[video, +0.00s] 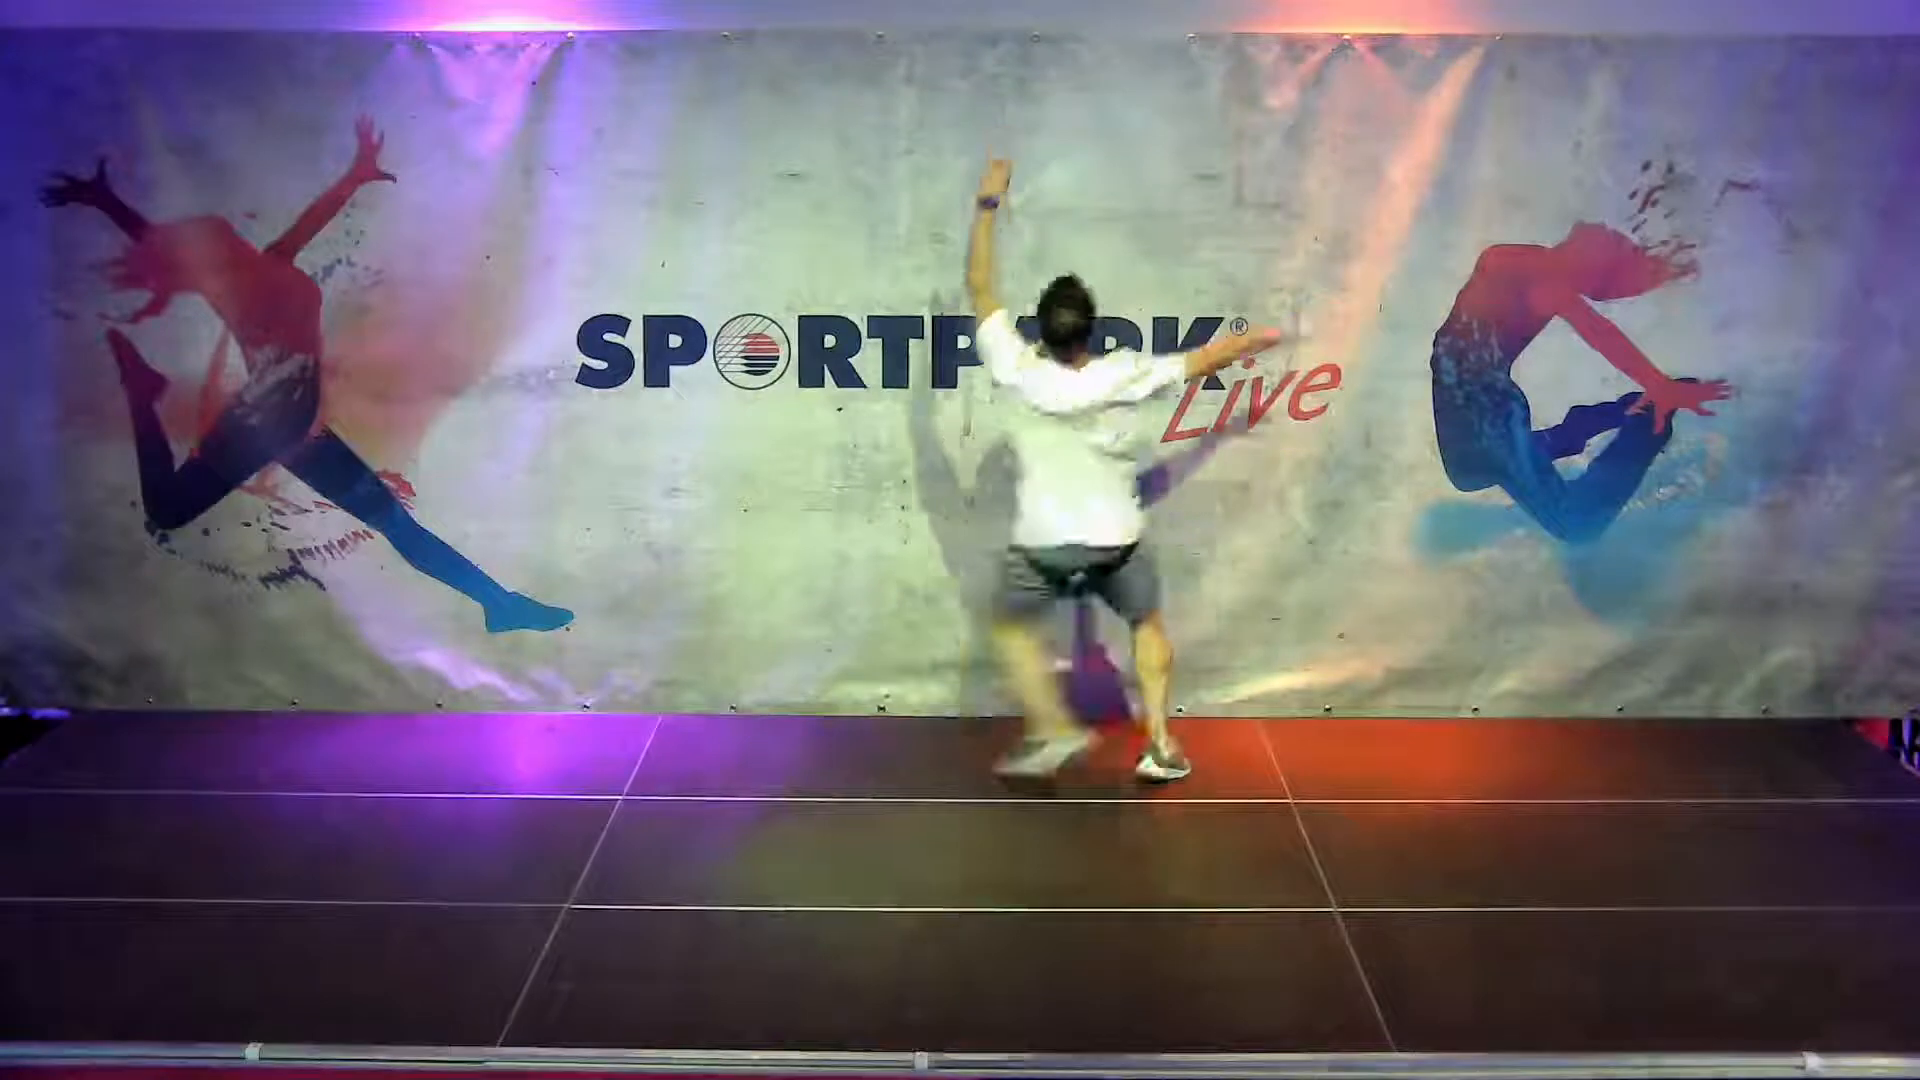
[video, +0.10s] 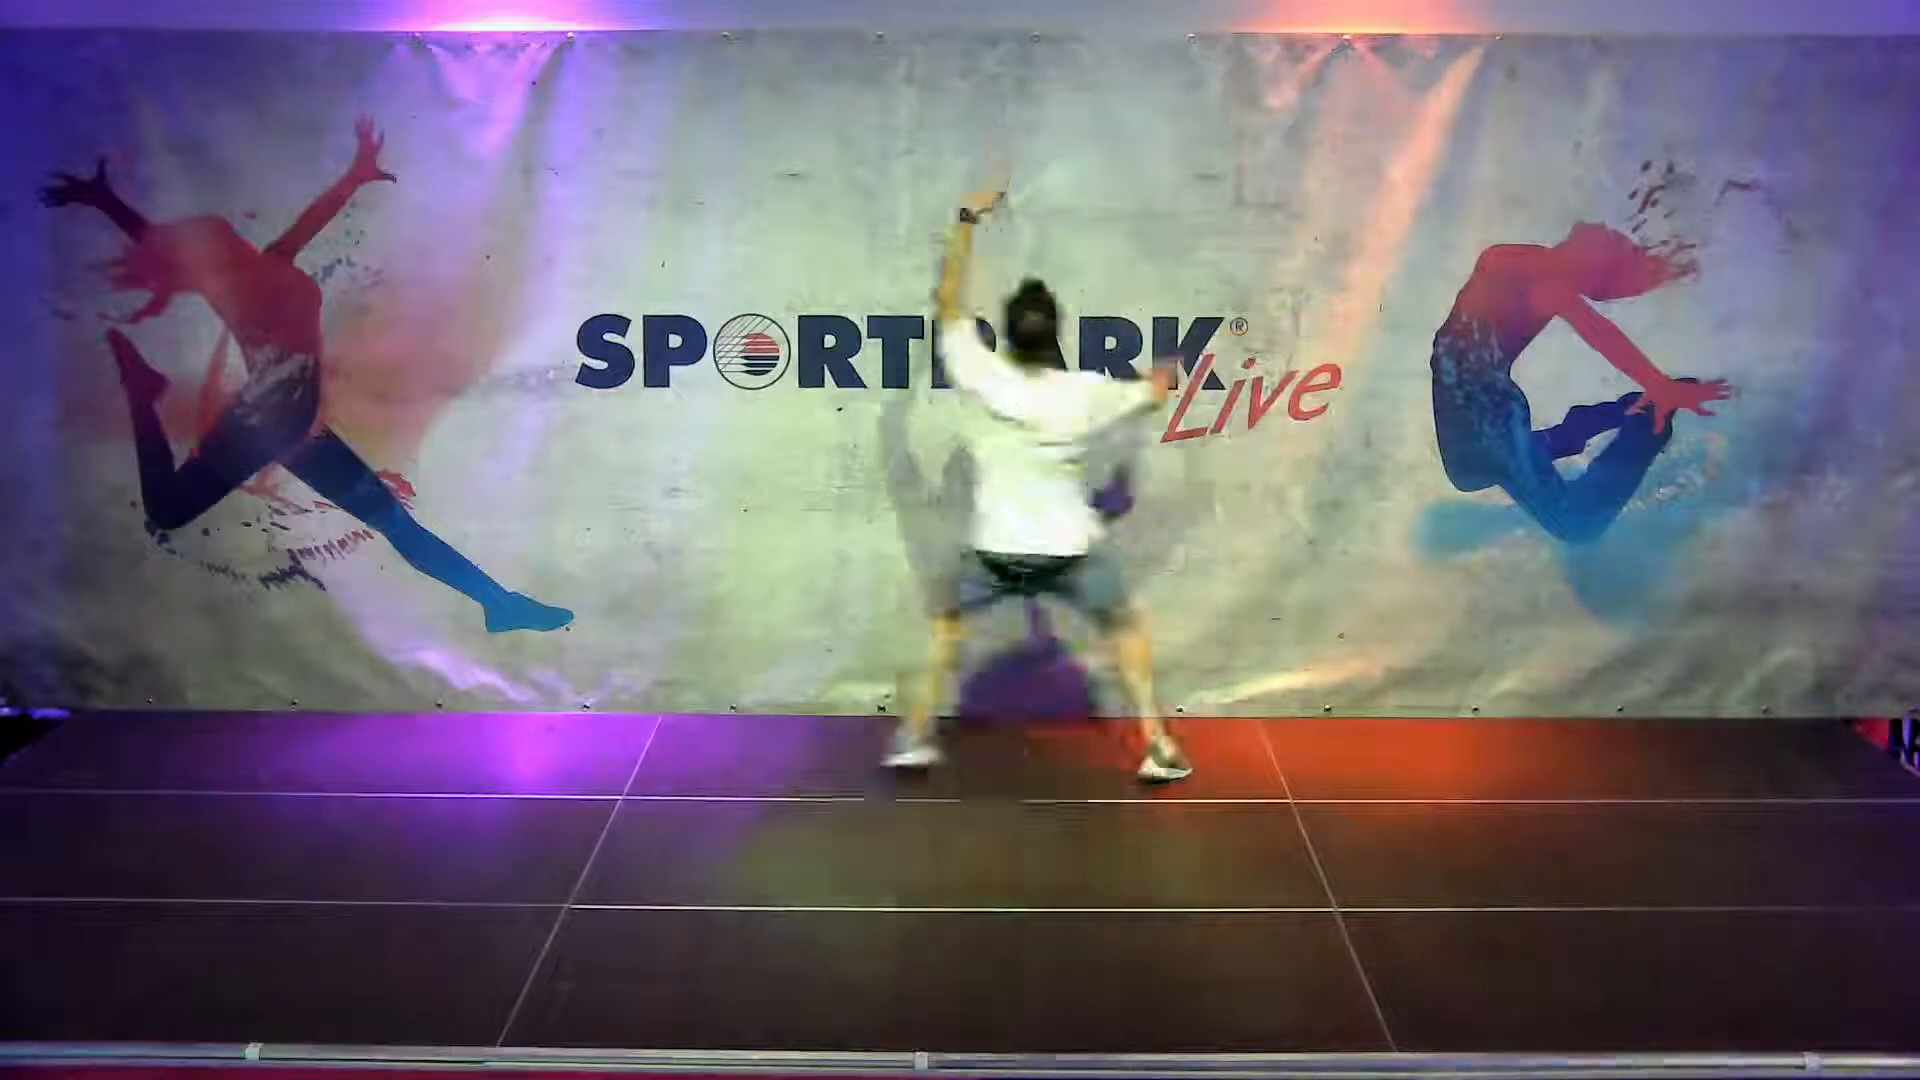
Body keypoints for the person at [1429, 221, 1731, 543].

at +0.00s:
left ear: (1597, 258)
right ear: (1596, 240)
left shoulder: (1548, 285)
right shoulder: (1522, 263)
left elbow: (1597, 331)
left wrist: (1657, 384)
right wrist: (1651, 270)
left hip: (1489, 403)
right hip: (1453, 391)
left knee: (1575, 524)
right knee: (1467, 474)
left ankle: (1651, 421)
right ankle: (1571, 436)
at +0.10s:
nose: (1603, 235)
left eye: (1606, 248)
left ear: (1597, 260)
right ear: (1596, 239)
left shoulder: (1547, 285)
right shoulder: (1519, 262)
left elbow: (1597, 331)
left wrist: (1657, 384)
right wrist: (1647, 270)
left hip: (1489, 403)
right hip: (1453, 391)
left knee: (1575, 524)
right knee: (1467, 474)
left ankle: (1651, 421)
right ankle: (1569, 436)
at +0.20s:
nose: (1603, 235)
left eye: (1606, 248)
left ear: (1597, 260)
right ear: (1595, 239)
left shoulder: (1547, 285)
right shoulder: (1519, 262)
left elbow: (1597, 331)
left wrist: (1657, 384)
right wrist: (1647, 270)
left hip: (1489, 403)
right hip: (1453, 391)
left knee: (1575, 524)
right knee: (1467, 474)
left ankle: (1651, 420)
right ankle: (1569, 436)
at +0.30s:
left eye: (1603, 250)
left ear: (1596, 259)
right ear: (1594, 241)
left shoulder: (1547, 284)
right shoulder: (1520, 263)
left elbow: (1597, 331)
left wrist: (1656, 384)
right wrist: (1649, 270)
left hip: (1489, 403)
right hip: (1454, 390)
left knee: (1575, 524)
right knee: (1467, 474)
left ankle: (1651, 421)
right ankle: (1570, 436)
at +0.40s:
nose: (1602, 233)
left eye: (1606, 245)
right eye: (1613, 237)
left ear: (1596, 260)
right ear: (1594, 237)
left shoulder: (1547, 284)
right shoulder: (1527, 263)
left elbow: (1597, 331)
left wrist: (1657, 384)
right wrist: (1649, 271)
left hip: (1489, 403)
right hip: (1454, 390)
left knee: (1575, 524)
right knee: (1468, 474)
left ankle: (1651, 420)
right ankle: (1568, 437)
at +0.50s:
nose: (1601, 232)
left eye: (1607, 245)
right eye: (1613, 237)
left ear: (1595, 260)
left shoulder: (1548, 284)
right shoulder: (1528, 263)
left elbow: (1597, 331)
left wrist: (1657, 384)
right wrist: (1648, 271)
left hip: (1489, 403)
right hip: (1454, 390)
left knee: (1575, 524)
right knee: (1468, 474)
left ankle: (1651, 420)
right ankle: (1568, 437)